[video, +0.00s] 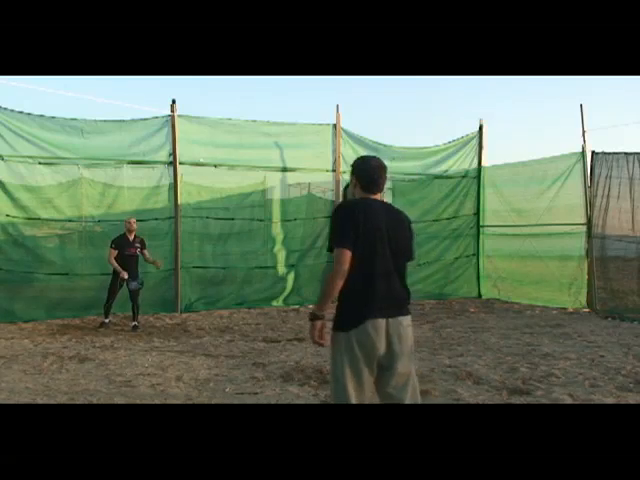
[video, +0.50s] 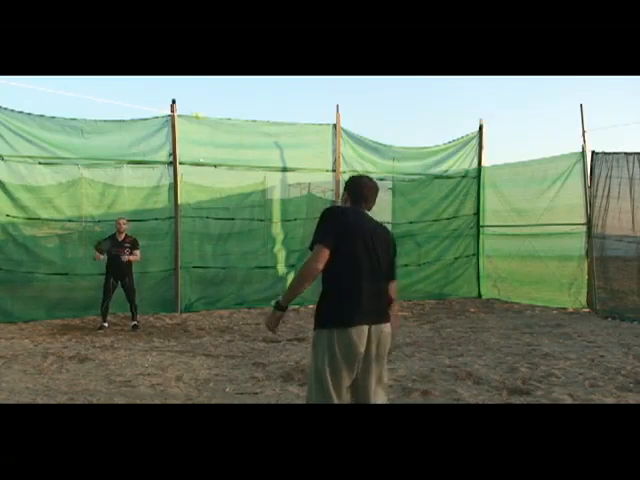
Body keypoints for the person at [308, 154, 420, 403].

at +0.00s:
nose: (349, 183)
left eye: (350, 179)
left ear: (354, 181)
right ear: (383, 184)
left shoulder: (347, 211)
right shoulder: (400, 217)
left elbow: (341, 268)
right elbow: (402, 264)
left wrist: (319, 313)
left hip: (358, 323)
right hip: (399, 321)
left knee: (352, 396)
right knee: (403, 395)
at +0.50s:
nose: (341, 198)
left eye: (342, 195)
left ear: (345, 197)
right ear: (373, 203)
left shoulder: (335, 215)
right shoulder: (385, 234)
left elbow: (315, 265)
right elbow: (390, 292)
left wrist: (281, 305)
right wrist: (382, 323)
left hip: (340, 329)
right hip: (379, 330)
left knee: (328, 397)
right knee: (373, 397)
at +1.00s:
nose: (360, 191)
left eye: (361, 187)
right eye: (361, 187)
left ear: (364, 190)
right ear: (393, 193)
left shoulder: (354, 221)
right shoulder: (413, 224)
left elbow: (352, 281)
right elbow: (430, 283)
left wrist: (338, 320)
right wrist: (413, 311)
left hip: (368, 330)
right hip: (413, 327)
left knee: (345, 397)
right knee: (422, 398)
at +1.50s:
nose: (338, 198)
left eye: (339, 192)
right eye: (339, 192)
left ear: (346, 195)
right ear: (377, 195)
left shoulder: (334, 227)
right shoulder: (394, 231)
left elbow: (323, 286)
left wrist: (313, 312)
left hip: (341, 338)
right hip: (387, 336)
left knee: (314, 398)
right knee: (394, 398)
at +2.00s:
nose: (302, 185)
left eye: (302, 180)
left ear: (306, 185)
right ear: (339, 180)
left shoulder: (297, 224)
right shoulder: (363, 212)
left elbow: (295, 288)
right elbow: (411, 207)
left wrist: (291, 302)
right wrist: (391, 166)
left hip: (321, 333)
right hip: (369, 328)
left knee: (316, 398)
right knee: (383, 398)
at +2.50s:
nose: (344, 194)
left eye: (345, 190)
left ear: (349, 193)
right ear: (378, 195)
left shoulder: (338, 222)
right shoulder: (401, 229)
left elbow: (333, 281)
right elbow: (410, 288)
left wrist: (309, 315)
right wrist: (383, 300)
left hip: (352, 333)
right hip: (398, 333)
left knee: (309, 397)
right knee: (401, 398)